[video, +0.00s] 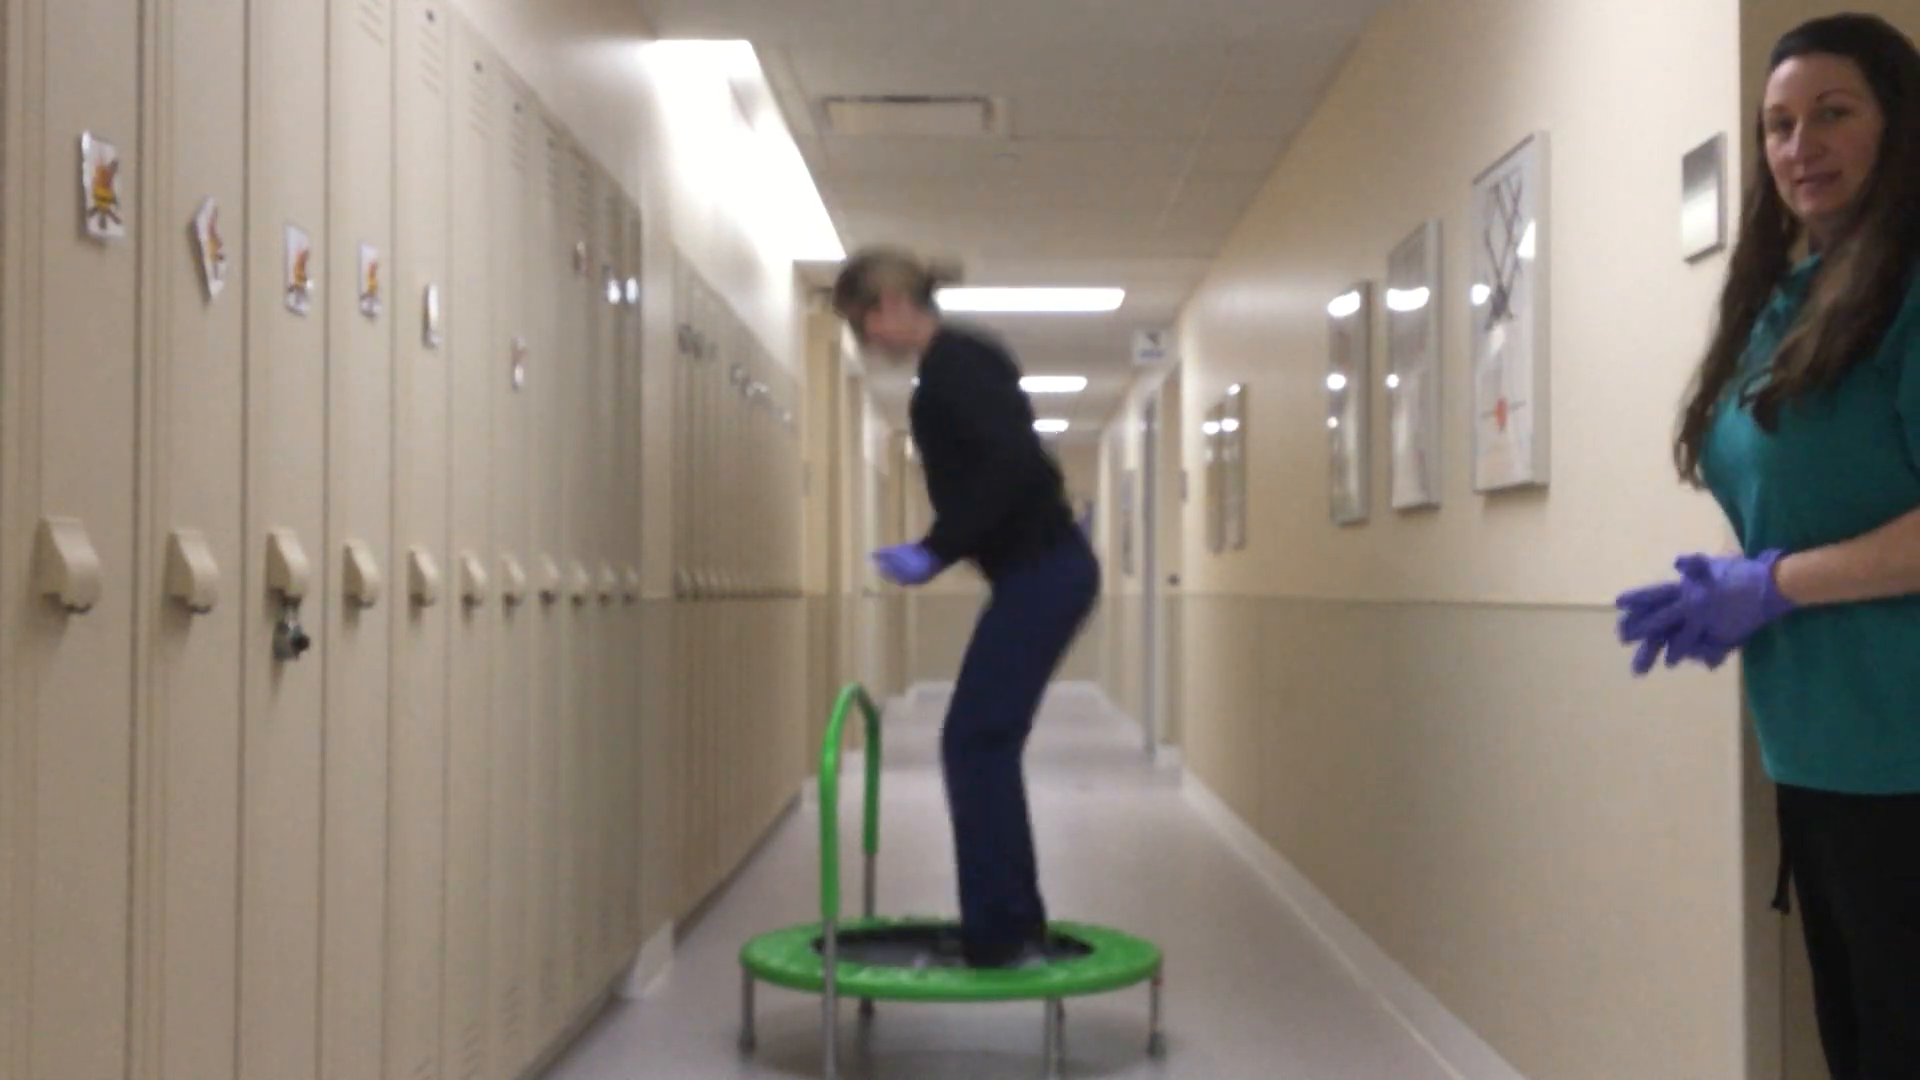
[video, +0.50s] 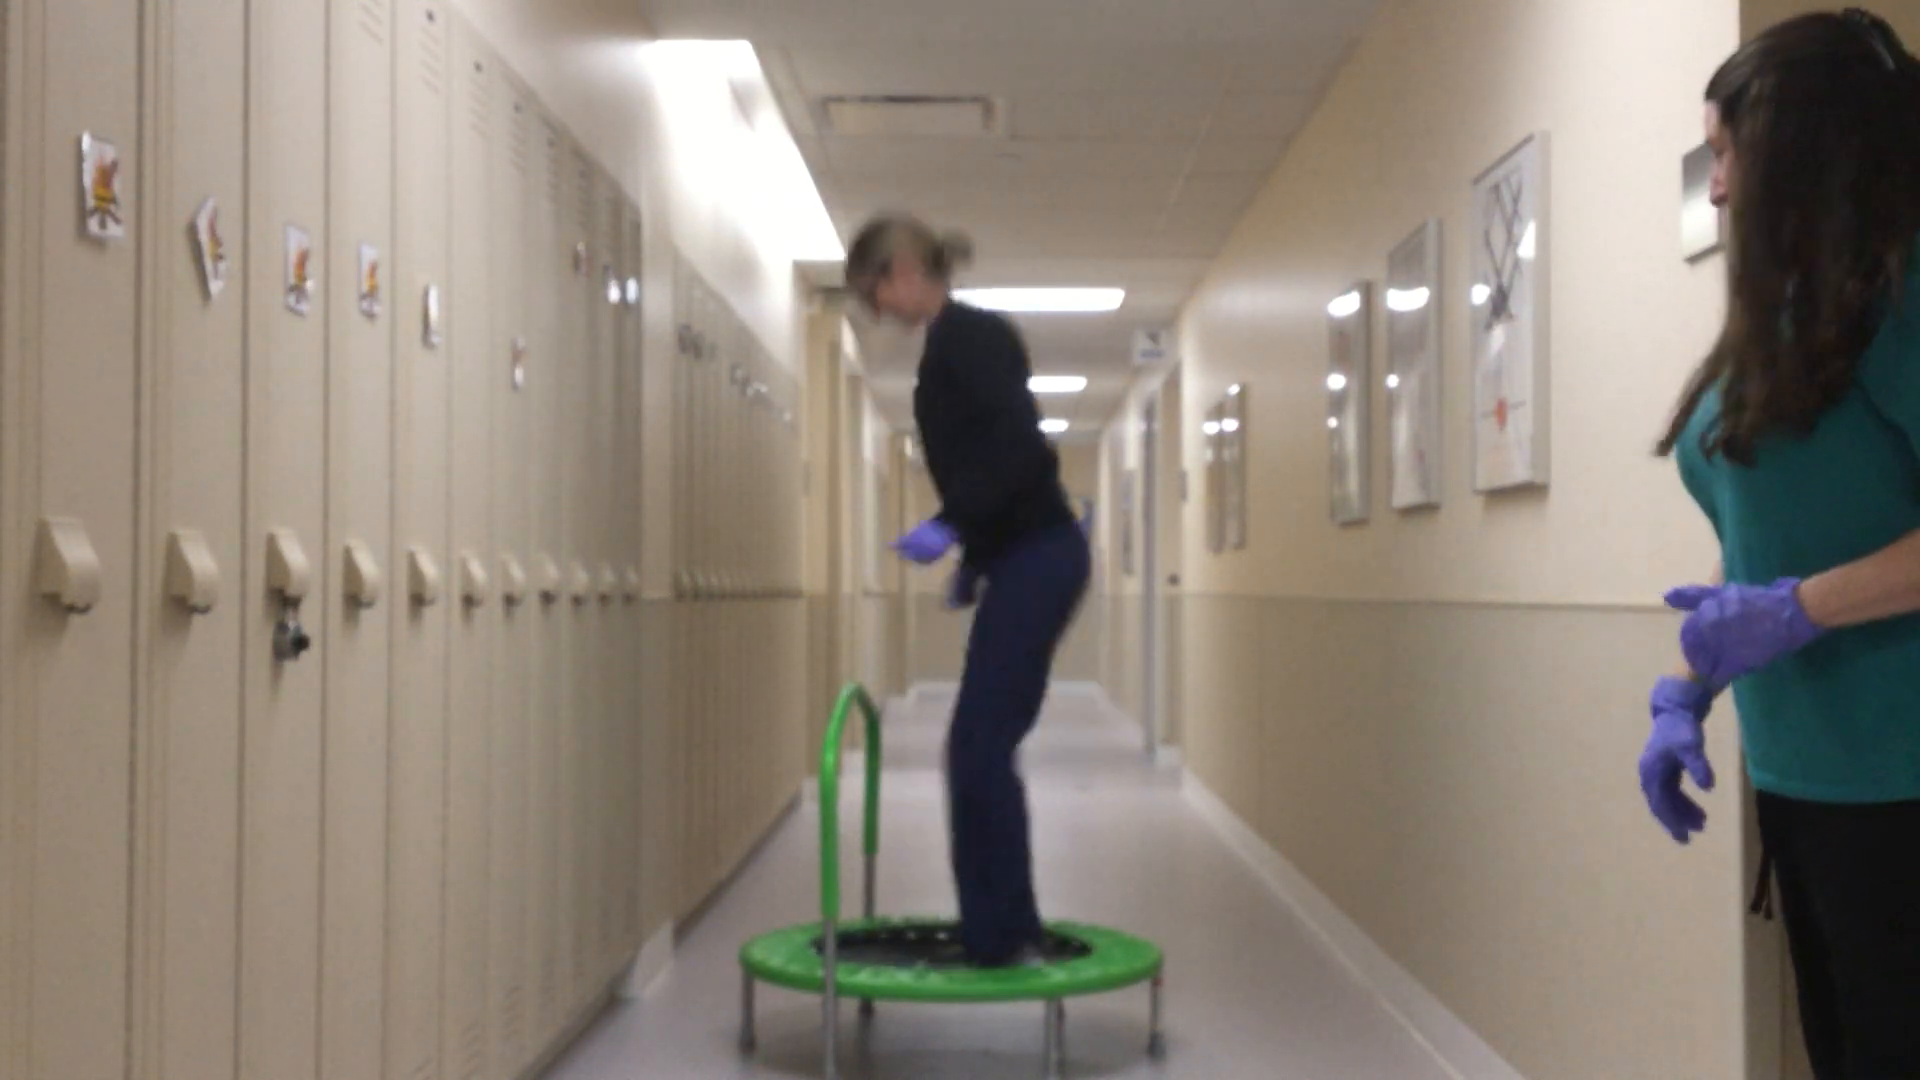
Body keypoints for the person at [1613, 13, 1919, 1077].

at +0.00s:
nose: (1799, 146)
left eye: (1830, 115)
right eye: (1779, 124)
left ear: (1894, 127)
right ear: (1761, 146)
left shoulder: (1907, 284)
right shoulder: (1771, 296)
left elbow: (1919, 525)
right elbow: (1796, 515)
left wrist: (1776, 583)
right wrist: (1730, 585)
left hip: (1899, 751)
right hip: (1808, 752)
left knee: (1894, 1039)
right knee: (1850, 1039)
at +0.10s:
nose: (1786, 149)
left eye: (1817, 116)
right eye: (1767, 127)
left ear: (1884, 126)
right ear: (1750, 147)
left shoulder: (1907, 281)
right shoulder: (1769, 296)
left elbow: (1919, 524)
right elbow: (1786, 520)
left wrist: (1769, 595)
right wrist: (1721, 598)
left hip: (1899, 749)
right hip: (1805, 748)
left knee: (1896, 1040)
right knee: (1846, 1040)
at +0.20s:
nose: (1762, 158)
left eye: (1788, 123)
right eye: (1746, 136)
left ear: (1866, 125)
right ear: (1739, 154)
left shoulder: (1898, 289)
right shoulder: (1765, 300)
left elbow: (1914, 533)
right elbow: (1783, 535)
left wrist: (1773, 598)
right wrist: (1709, 620)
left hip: (1895, 759)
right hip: (1806, 758)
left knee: (1888, 1044)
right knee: (1845, 1043)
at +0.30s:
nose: (1731, 169)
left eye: (1753, 135)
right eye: (1726, 143)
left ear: (1841, 133)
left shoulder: (1899, 300)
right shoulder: (1762, 307)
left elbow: (1915, 541)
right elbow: (1766, 548)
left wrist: (1774, 602)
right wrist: (1674, 677)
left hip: (1896, 777)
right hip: (1804, 774)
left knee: (1889, 1050)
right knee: (1845, 1052)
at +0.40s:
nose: (1719, 173)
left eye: (1736, 146)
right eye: (1717, 148)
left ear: (1821, 146)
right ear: (1775, 154)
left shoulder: (1895, 306)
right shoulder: (1762, 308)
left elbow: (1917, 542)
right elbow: (1757, 543)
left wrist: (1784, 602)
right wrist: (1676, 690)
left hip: (1894, 779)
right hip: (1799, 773)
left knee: (1890, 1048)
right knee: (1842, 1048)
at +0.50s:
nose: (1711, 179)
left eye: (1725, 151)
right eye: (1711, 154)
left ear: (1803, 151)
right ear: (1793, 157)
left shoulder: (1891, 314)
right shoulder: (1765, 334)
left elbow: (1917, 546)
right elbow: (1755, 560)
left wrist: (1794, 609)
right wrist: (1685, 697)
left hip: (1894, 786)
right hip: (1797, 785)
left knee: (1890, 1055)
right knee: (1840, 1057)